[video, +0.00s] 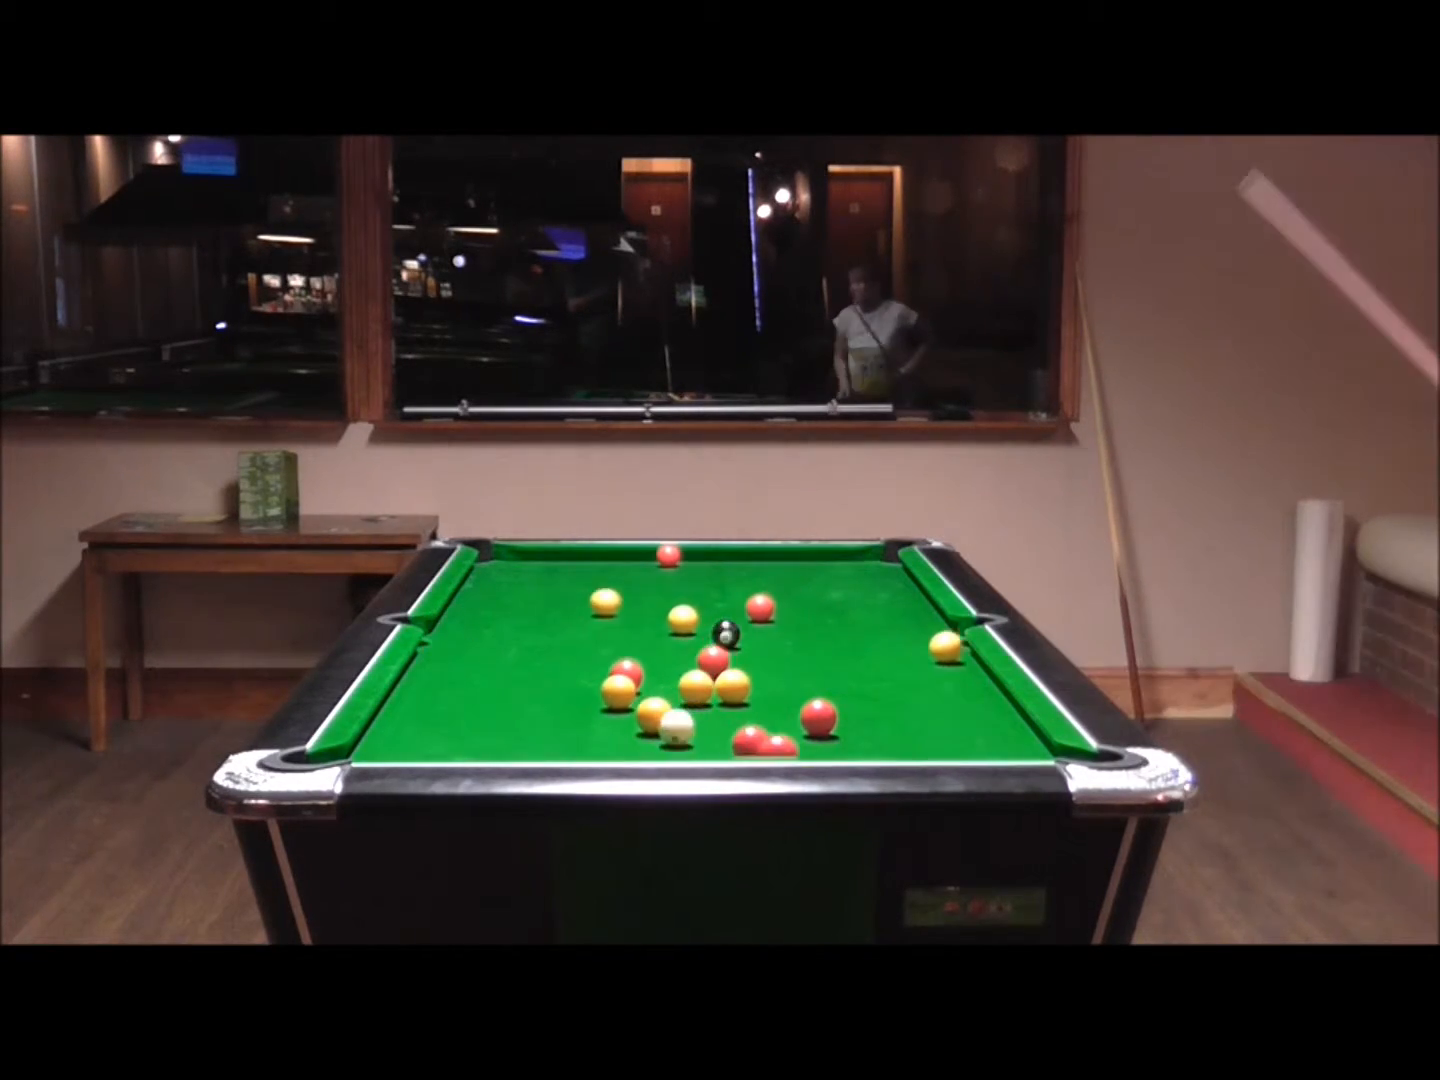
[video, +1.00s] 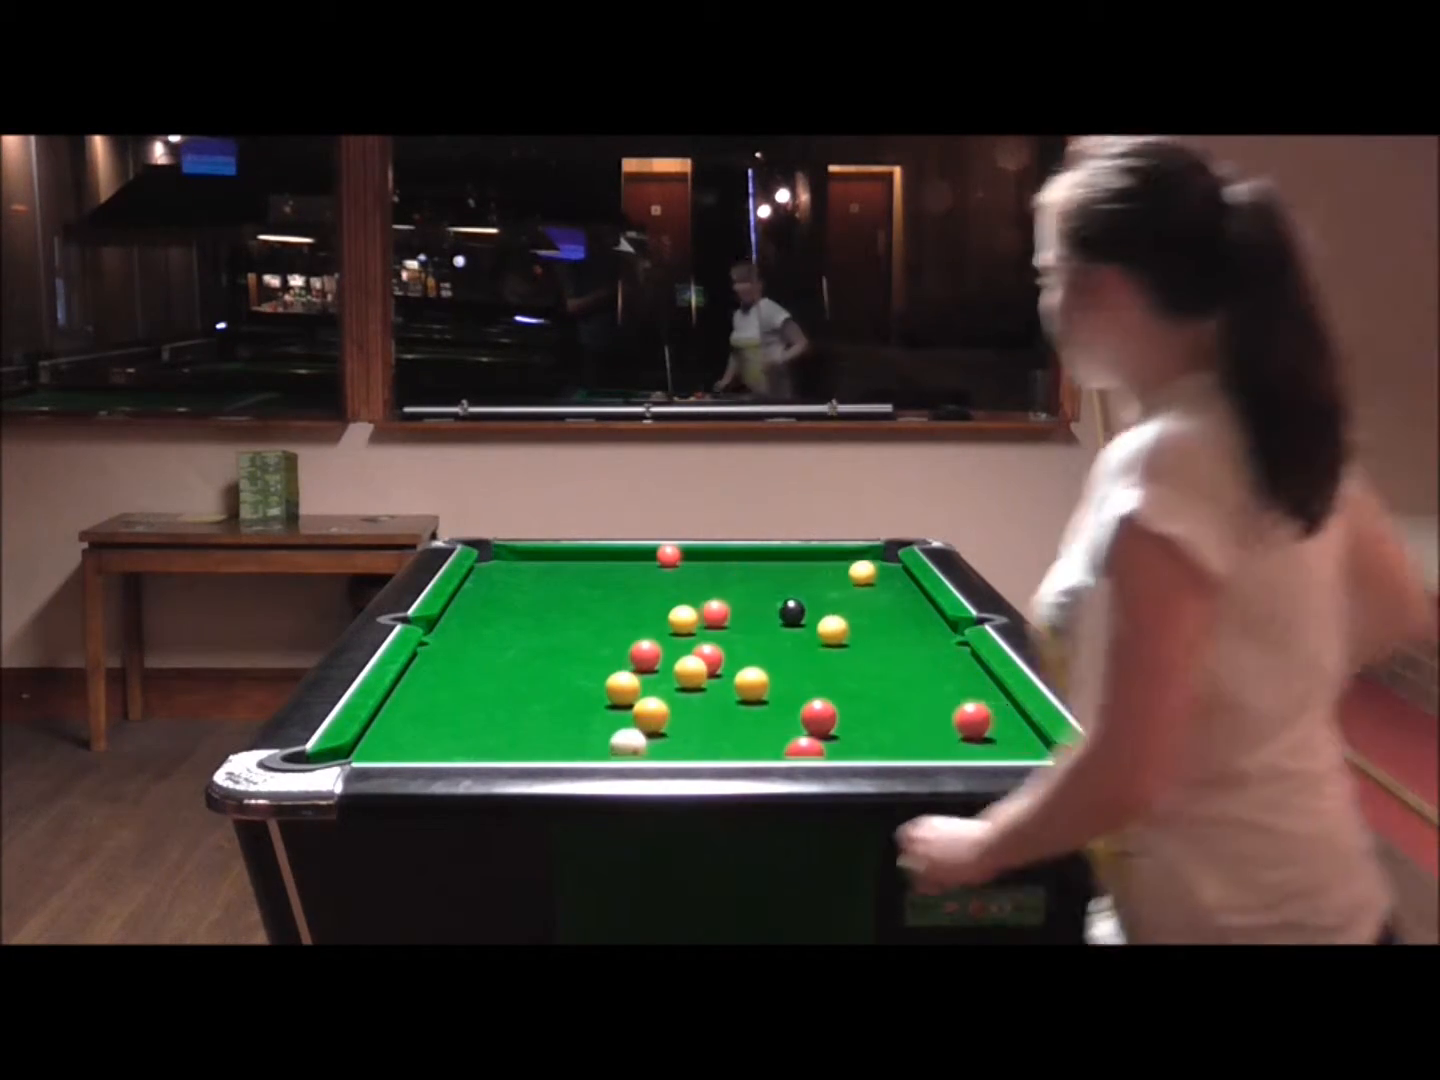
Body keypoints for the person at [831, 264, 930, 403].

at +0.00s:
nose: (860, 288)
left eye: (864, 282)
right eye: (856, 283)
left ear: (875, 285)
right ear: (850, 287)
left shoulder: (897, 312)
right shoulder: (846, 316)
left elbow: (927, 338)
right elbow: (839, 356)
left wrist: (907, 368)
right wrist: (844, 384)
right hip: (856, 395)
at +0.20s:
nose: (851, 289)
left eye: (857, 284)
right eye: (850, 284)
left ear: (873, 286)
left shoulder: (894, 313)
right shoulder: (849, 314)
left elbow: (926, 342)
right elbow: (846, 352)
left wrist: (899, 369)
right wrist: (845, 386)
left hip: (885, 390)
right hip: (856, 391)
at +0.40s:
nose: (837, 293)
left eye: (841, 288)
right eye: (835, 289)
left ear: (854, 287)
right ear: (834, 290)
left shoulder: (875, 310)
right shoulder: (834, 314)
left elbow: (906, 343)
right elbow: (835, 356)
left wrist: (883, 367)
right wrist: (833, 390)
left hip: (873, 391)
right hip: (843, 391)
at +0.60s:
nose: (804, 288)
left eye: (809, 282)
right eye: (802, 283)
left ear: (822, 284)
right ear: (801, 286)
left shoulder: (838, 309)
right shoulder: (803, 313)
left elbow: (871, 343)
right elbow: (806, 357)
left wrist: (847, 362)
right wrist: (804, 391)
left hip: (841, 389)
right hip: (814, 389)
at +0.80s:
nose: (776, 294)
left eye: (779, 288)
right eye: (773, 289)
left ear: (790, 283)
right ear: (770, 288)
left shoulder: (802, 304)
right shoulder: (773, 311)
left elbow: (836, 338)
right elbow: (777, 354)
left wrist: (813, 355)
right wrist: (769, 384)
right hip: (783, 385)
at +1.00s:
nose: (738, 288)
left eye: (744, 282)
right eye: (736, 283)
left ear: (758, 285)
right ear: (734, 286)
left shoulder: (768, 309)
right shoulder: (738, 315)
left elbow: (800, 342)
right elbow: (736, 354)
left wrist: (780, 358)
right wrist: (726, 380)